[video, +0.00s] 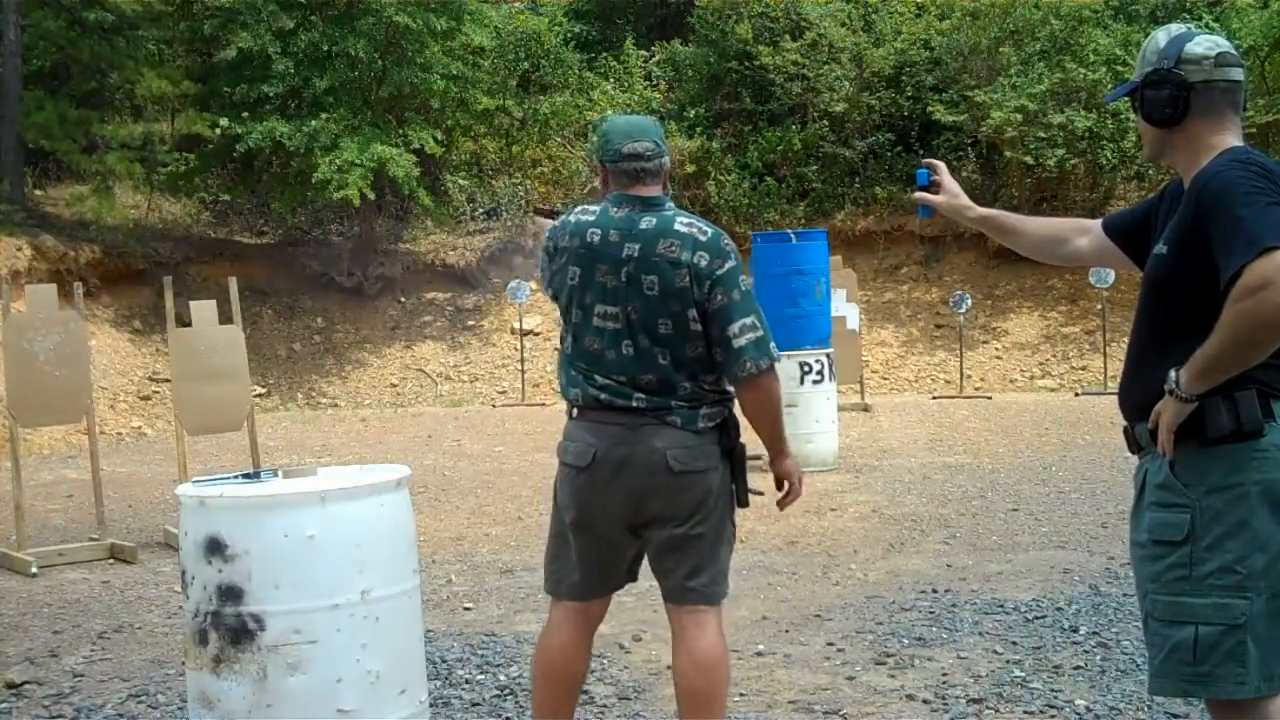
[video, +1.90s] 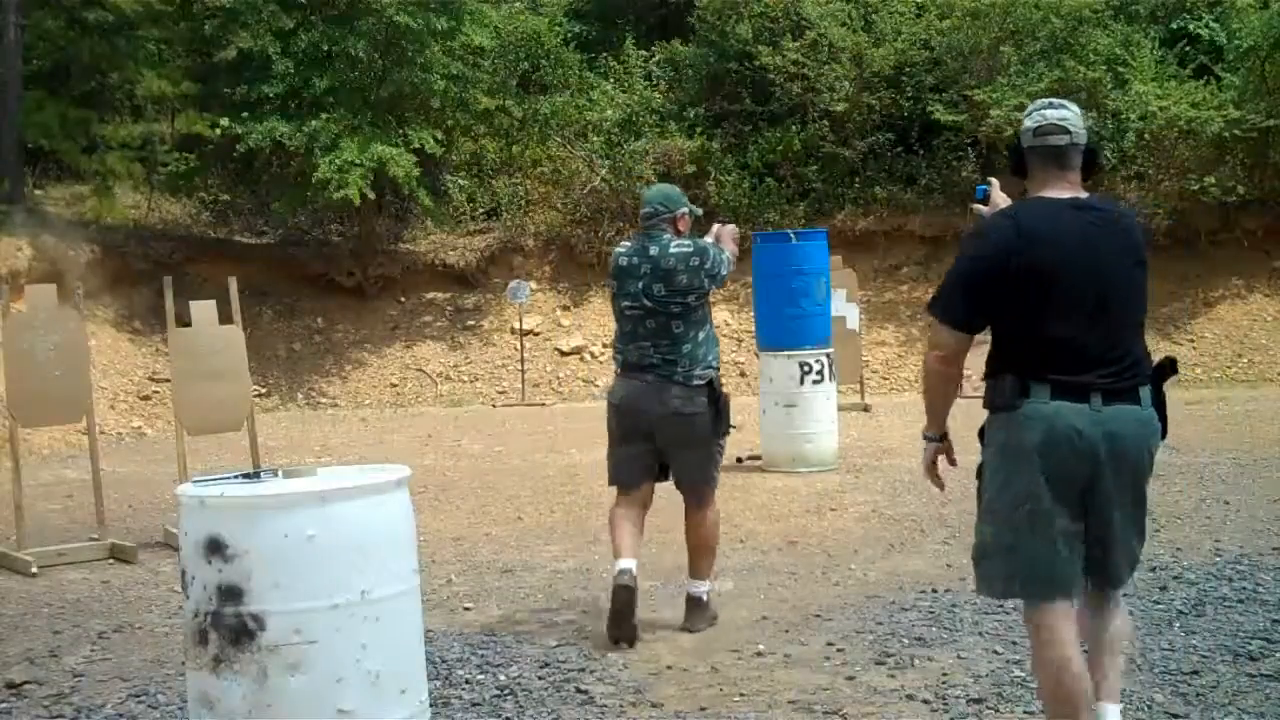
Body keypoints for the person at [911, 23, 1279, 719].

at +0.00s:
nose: (1137, 117)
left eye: (1142, 102)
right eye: (1138, 102)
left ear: (1169, 103)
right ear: (1218, 102)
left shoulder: (1234, 181)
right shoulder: (1186, 195)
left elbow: (1270, 288)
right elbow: (1082, 239)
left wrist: (1184, 388)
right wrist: (970, 213)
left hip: (1221, 462)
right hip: (1210, 456)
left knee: (1238, 693)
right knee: (1242, 686)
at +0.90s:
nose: (1136, 140)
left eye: (1138, 125)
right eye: (1138, 127)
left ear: (1148, 122)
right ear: (1226, 122)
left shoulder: (1178, 198)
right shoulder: (1261, 205)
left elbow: (1173, 297)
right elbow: (1137, 244)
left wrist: (1108, 384)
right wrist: (1033, 216)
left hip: (1188, 449)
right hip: (1265, 445)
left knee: (1184, 684)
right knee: (1219, 671)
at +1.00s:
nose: (1137, 143)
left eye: (1140, 128)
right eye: (1140, 129)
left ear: (1147, 127)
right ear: (1225, 127)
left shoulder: (1168, 202)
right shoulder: (1262, 208)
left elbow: (1154, 301)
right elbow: (1144, 245)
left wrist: (1076, 385)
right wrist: (1045, 218)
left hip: (1181, 452)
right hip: (1268, 449)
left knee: (1125, 675)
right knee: (1221, 664)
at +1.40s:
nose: (1111, 156)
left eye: (1112, 145)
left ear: (1113, 149)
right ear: (1185, 149)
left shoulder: (1108, 221)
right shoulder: (1230, 228)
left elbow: (1073, 326)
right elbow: (1157, 277)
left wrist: (1033, 446)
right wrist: (1067, 233)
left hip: (1125, 452)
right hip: (1230, 447)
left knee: (1061, 618)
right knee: (1218, 645)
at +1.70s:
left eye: (1051, 161)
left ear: (1047, 168)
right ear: (1117, 163)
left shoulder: (1032, 240)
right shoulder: (1159, 232)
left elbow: (986, 349)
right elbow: (1103, 282)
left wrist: (958, 455)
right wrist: (1026, 238)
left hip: (1060, 442)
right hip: (1162, 442)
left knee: (1051, 622)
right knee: (1160, 624)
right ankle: (1181, 713)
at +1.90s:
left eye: (1024, 159)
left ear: (1021, 160)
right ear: (1085, 160)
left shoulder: (1002, 234)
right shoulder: (1125, 228)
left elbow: (947, 347)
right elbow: (1070, 248)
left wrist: (935, 430)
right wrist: (1011, 215)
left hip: (1036, 424)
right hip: (1129, 422)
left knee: (1050, 612)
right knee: (1107, 590)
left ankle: (1078, 717)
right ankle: (1108, 711)